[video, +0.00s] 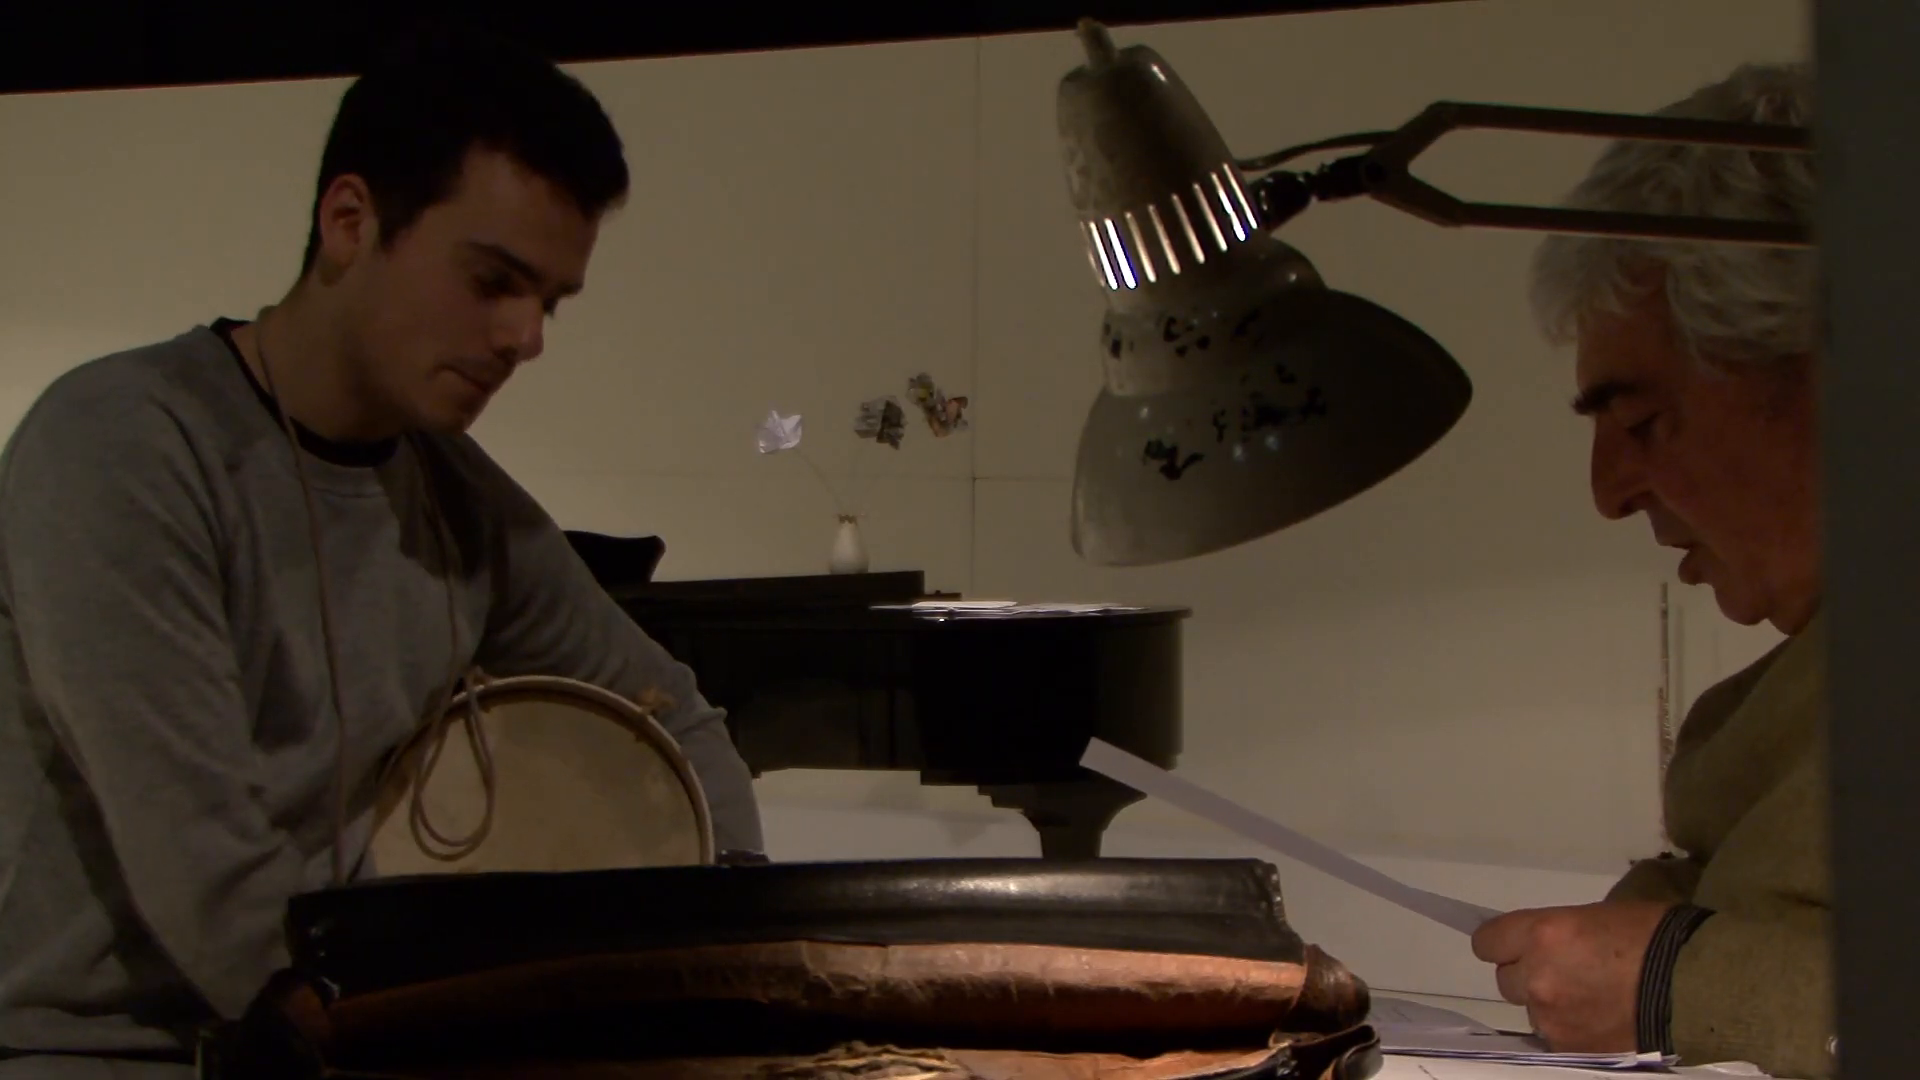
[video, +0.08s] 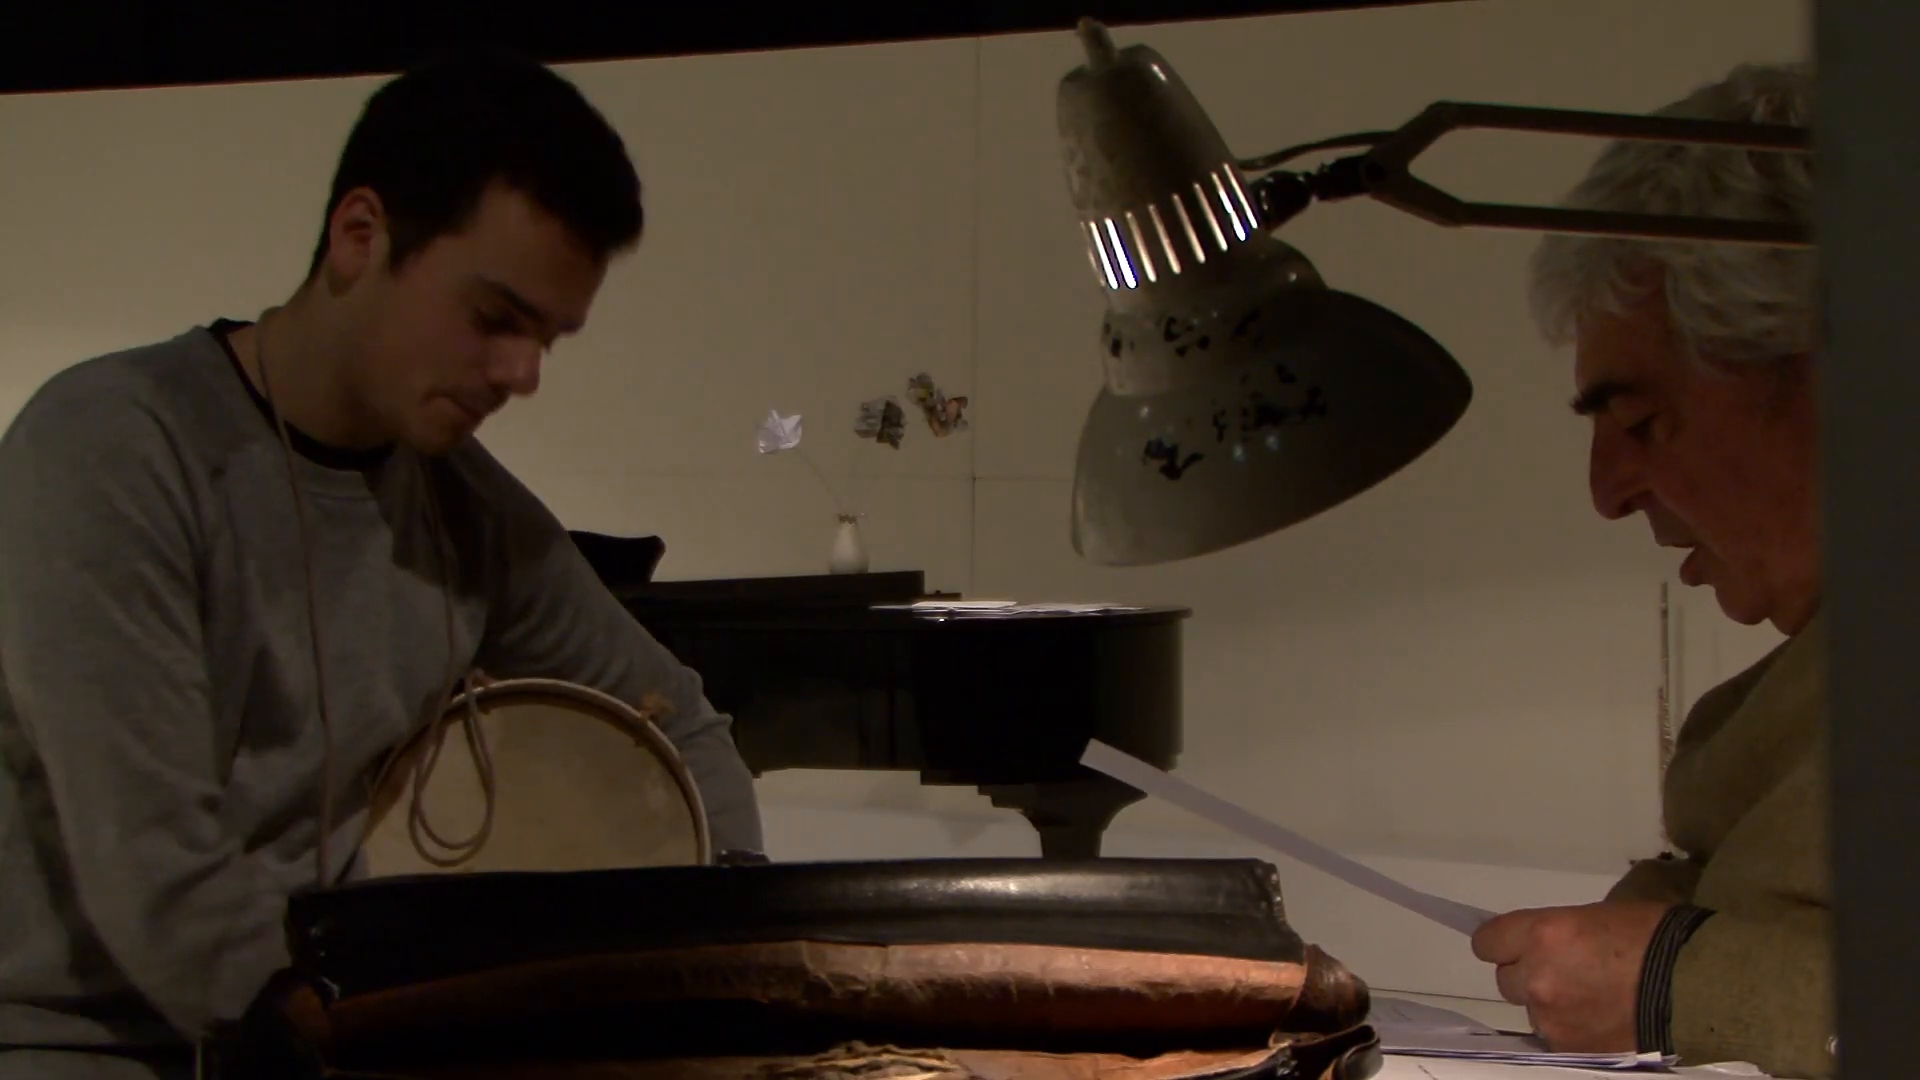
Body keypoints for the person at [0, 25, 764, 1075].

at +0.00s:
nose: (523, 338)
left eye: (549, 301)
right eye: (493, 279)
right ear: (349, 224)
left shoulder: (459, 494)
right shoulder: (110, 445)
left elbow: (669, 719)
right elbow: (222, 898)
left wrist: (724, 947)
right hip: (89, 1045)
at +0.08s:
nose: (521, 375)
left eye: (547, 339)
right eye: (497, 316)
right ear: (359, 238)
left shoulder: (468, 505)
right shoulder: (100, 445)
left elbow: (673, 721)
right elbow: (163, 896)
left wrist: (722, 944)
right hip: (65, 1034)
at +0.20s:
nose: (516, 422)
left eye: (541, 387)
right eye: (498, 361)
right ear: (371, 261)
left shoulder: (475, 514)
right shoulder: (92, 442)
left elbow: (679, 729)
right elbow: (87, 870)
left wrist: (721, 949)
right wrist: (321, 1037)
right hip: (63, 1029)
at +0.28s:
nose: (517, 427)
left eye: (542, 394)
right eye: (499, 369)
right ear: (374, 265)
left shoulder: (478, 519)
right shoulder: (90, 444)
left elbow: (677, 735)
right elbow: (80, 872)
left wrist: (715, 953)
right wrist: (317, 1041)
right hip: (56, 1036)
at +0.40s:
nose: (520, 431)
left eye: (544, 397)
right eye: (502, 371)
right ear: (377, 268)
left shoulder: (467, 523)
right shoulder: (86, 442)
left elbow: (665, 745)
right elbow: (88, 872)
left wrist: (689, 966)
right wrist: (326, 1044)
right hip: (48, 1042)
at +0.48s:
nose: (519, 439)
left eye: (542, 405)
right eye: (503, 380)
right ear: (378, 274)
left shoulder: (459, 524)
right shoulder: (78, 445)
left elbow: (651, 750)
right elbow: (99, 872)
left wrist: (672, 963)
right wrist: (336, 1042)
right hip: (57, 1043)